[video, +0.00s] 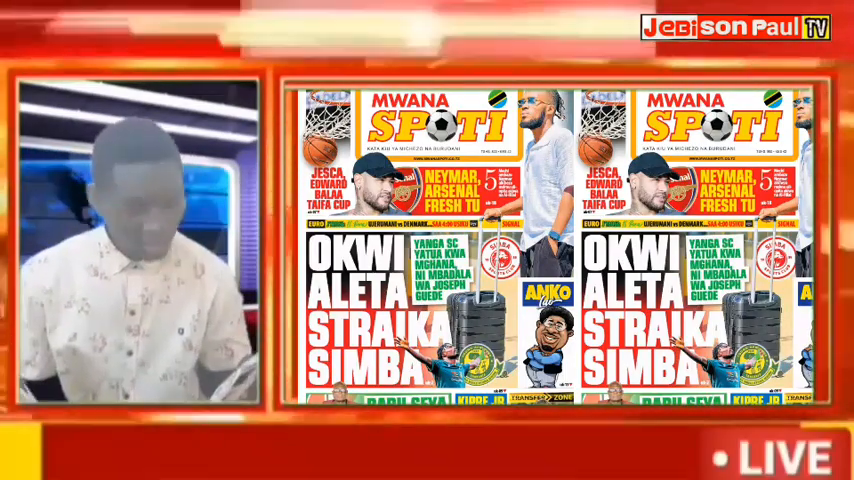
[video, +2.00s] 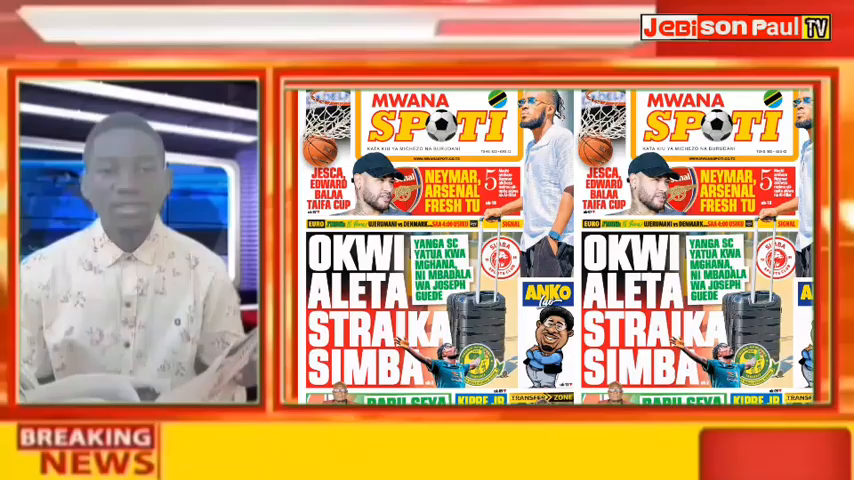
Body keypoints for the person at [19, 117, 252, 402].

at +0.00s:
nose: (155, 224)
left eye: (169, 205)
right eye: (137, 207)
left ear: (184, 195)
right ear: (95, 198)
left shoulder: (213, 278)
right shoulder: (45, 276)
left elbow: (230, 387)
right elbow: (42, 393)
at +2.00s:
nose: (127, 184)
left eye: (145, 169)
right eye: (107, 170)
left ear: (167, 181)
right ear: (85, 186)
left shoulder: (206, 272)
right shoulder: (40, 274)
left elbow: (232, 386)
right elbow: (20, 390)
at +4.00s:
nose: (135, 202)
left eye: (152, 185)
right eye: (119, 185)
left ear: (181, 187)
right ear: (94, 190)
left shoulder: (223, 277)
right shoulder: (55, 280)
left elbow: (251, 386)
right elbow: (46, 399)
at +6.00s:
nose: (130, 229)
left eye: (147, 211)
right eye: (113, 211)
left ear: (176, 195)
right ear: (91, 195)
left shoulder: (215, 275)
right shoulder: (54, 279)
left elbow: (242, 383)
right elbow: (49, 396)